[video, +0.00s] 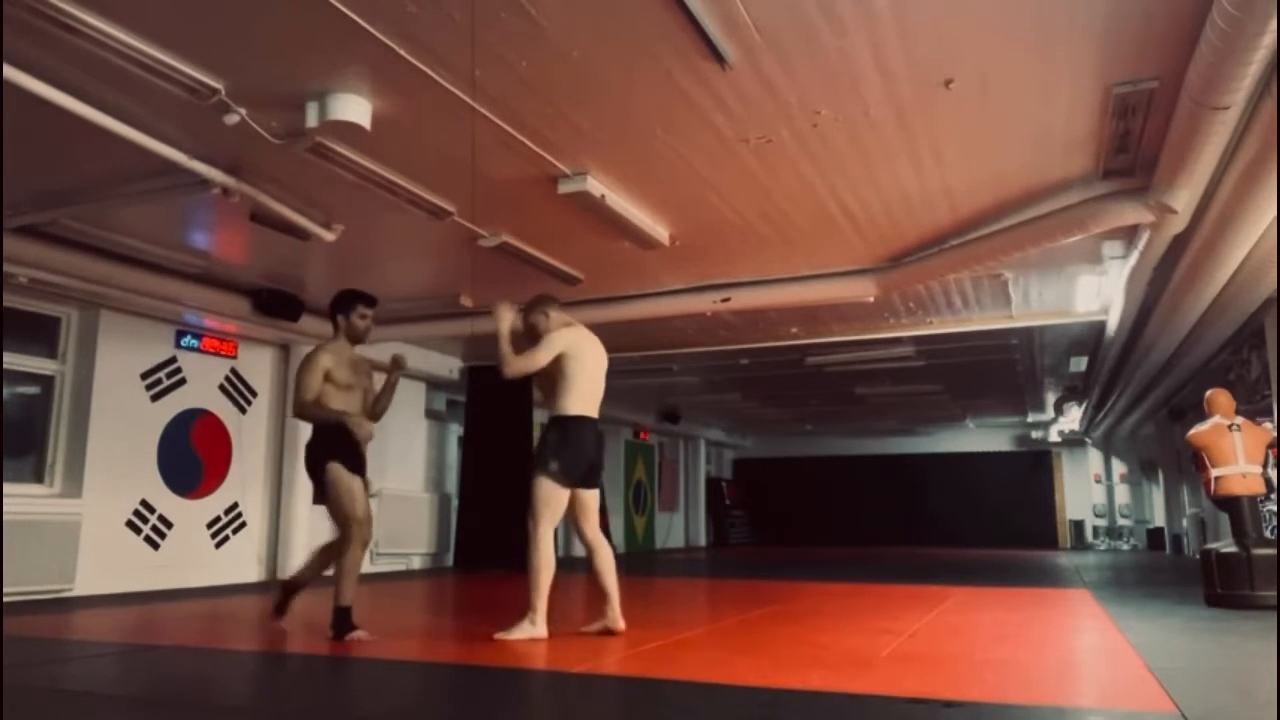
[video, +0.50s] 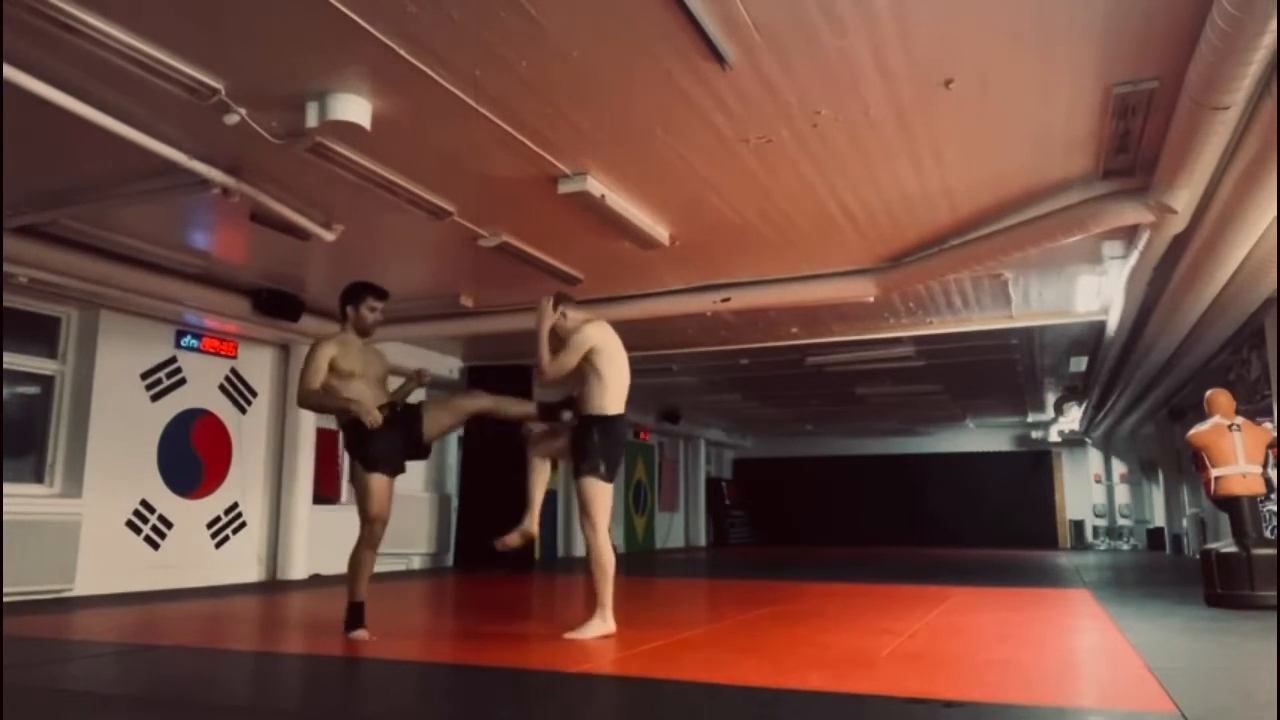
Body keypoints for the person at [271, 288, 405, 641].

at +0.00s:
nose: (368, 325)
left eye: (371, 319)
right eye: (362, 317)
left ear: (367, 322)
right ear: (341, 318)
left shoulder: (361, 363)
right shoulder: (321, 356)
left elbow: (373, 412)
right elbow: (302, 407)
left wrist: (392, 378)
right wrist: (347, 418)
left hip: (352, 449)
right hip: (329, 444)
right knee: (357, 529)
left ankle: (292, 585)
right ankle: (342, 620)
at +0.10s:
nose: (372, 318)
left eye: (375, 311)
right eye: (366, 310)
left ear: (372, 315)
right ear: (345, 311)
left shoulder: (363, 355)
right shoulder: (327, 346)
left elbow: (375, 404)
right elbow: (309, 395)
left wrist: (398, 373)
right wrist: (358, 408)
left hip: (360, 441)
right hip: (331, 439)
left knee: (408, 503)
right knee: (351, 523)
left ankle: (345, 556)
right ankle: (341, 620)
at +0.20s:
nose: (378, 315)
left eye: (380, 309)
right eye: (372, 307)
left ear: (375, 312)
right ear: (350, 307)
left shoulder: (368, 353)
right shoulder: (327, 342)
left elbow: (382, 403)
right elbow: (312, 388)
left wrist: (404, 376)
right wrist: (363, 398)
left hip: (369, 438)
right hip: (339, 439)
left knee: (440, 439)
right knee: (352, 527)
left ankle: (416, 512)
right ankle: (342, 623)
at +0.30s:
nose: (380, 316)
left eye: (383, 310)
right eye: (374, 308)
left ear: (381, 313)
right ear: (353, 308)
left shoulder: (372, 355)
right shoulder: (328, 342)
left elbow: (385, 405)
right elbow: (312, 387)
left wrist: (410, 378)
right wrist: (362, 396)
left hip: (383, 430)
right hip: (352, 437)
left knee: (448, 399)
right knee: (360, 528)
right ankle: (345, 622)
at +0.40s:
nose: (379, 316)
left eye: (382, 310)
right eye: (374, 308)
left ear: (380, 313)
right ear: (352, 308)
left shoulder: (375, 356)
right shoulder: (328, 343)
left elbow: (386, 405)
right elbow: (308, 390)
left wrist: (411, 383)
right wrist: (356, 400)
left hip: (392, 428)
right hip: (362, 437)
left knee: (462, 393)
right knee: (367, 531)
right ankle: (350, 620)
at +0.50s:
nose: (377, 318)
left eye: (380, 312)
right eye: (372, 311)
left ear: (377, 315)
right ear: (350, 309)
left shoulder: (375, 355)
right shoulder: (327, 348)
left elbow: (385, 407)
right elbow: (306, 396)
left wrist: (411, 384)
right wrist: (353, 406)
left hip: (401, 424)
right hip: (371, 439)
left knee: (477, 400)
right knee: (373, 529)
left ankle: (553, 411)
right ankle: (355, 618)